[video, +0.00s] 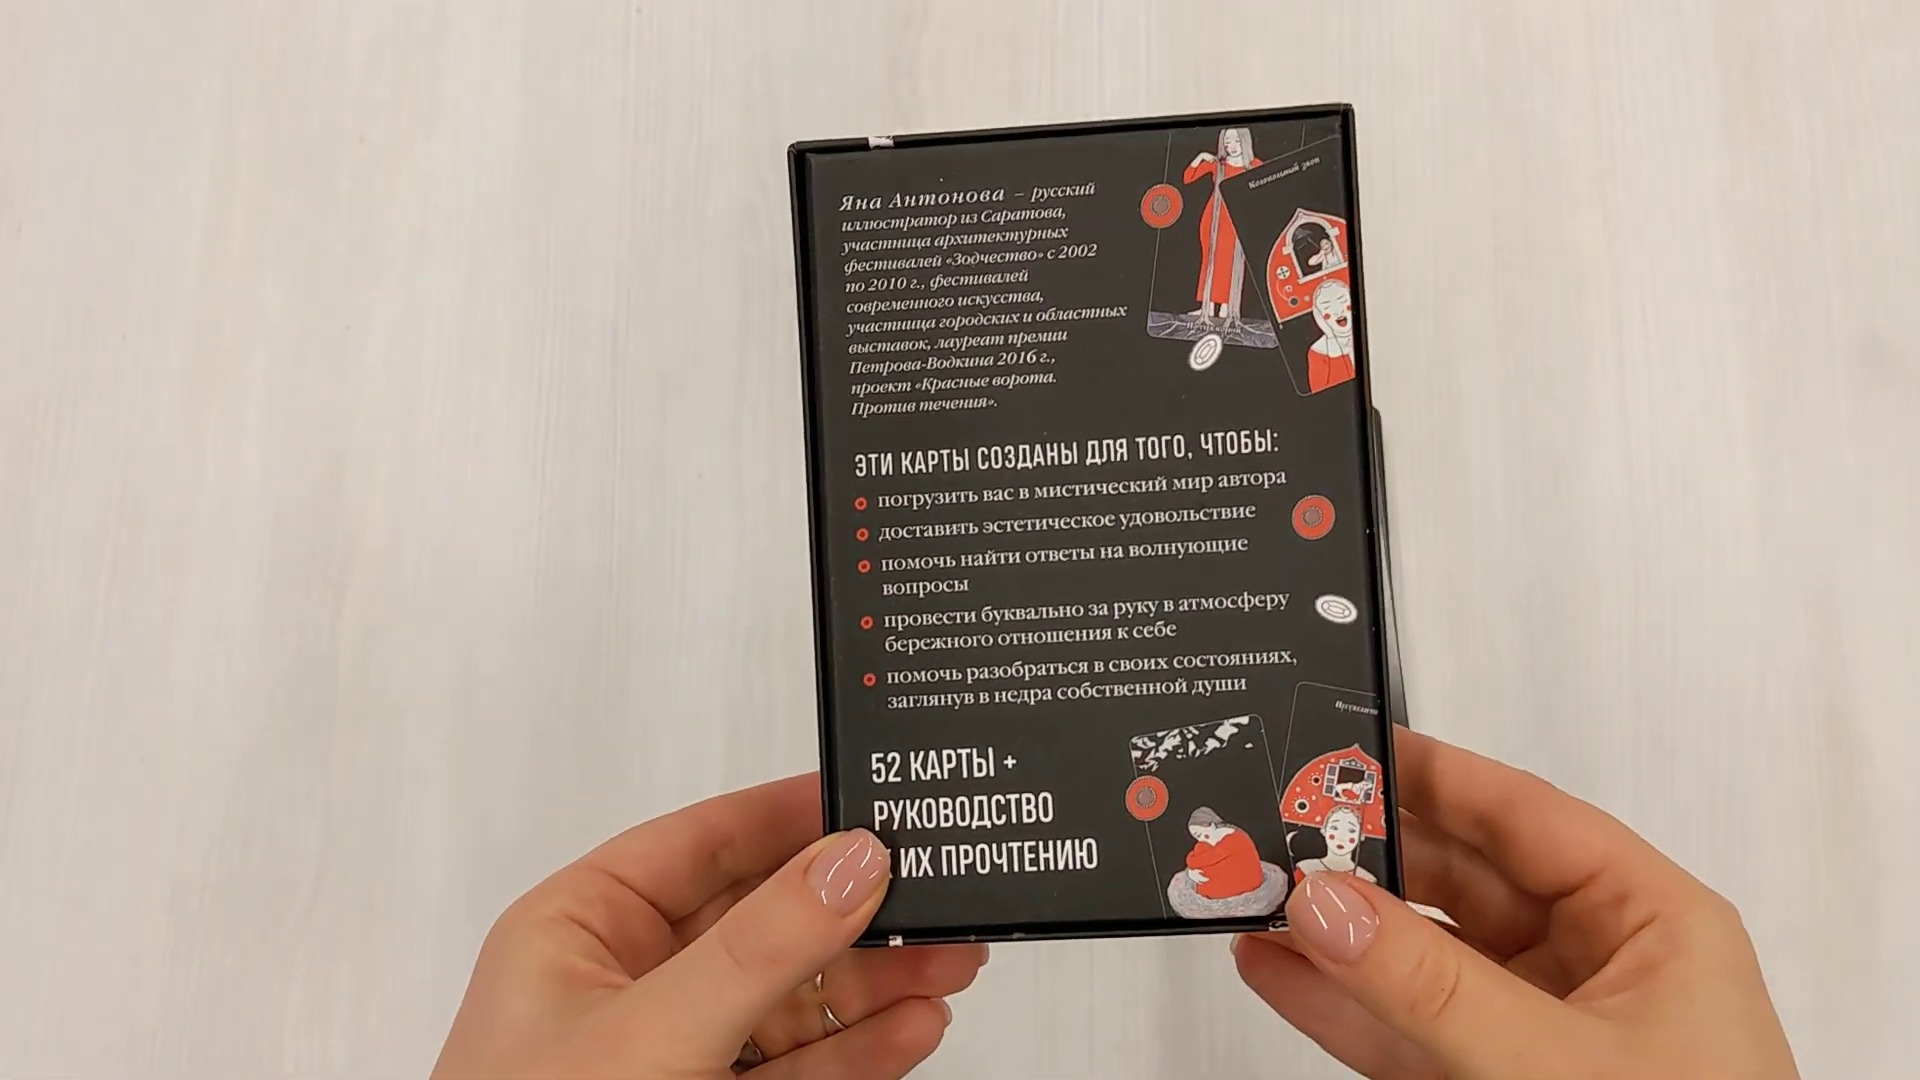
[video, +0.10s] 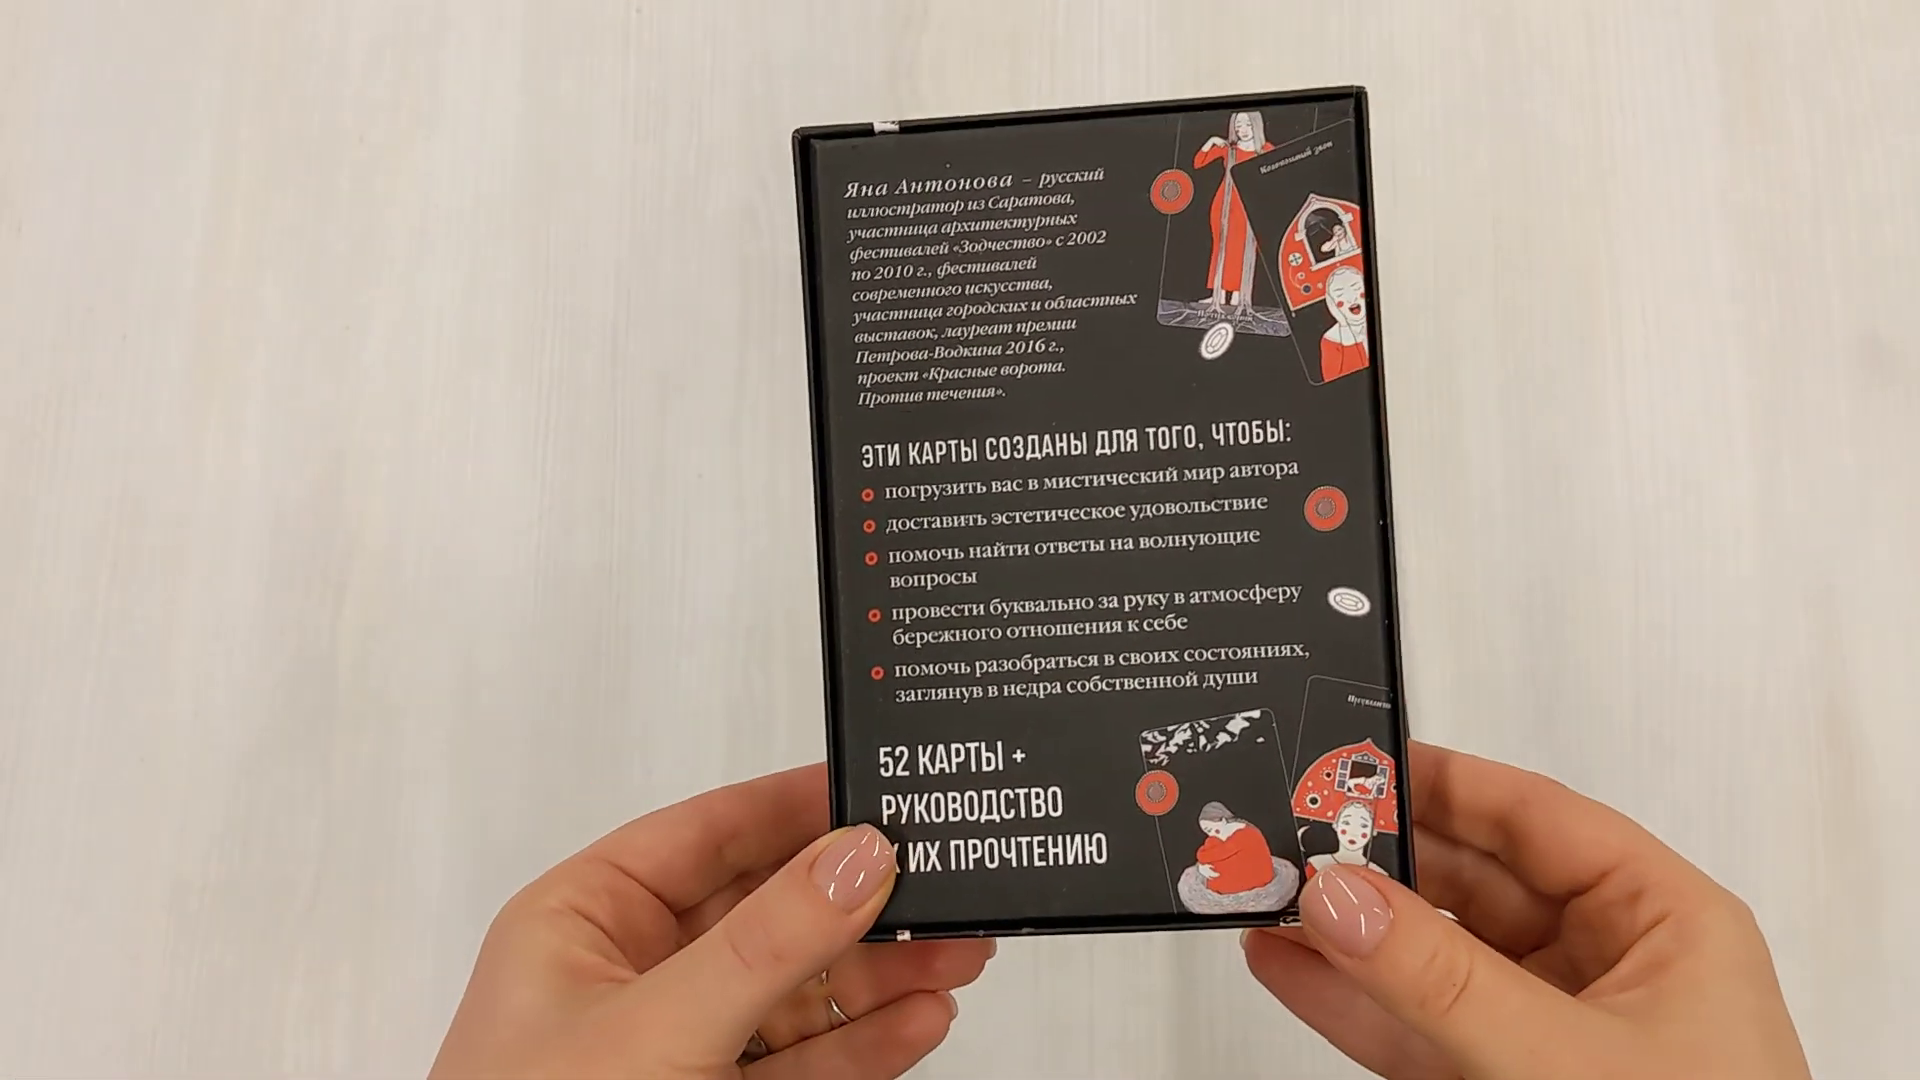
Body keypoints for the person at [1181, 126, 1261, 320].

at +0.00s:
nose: (1232, 146)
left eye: (1235, 141)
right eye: (1227, 142)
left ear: (1244, 142)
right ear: (1223, 145)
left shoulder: (1255, 166)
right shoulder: (1216, 165)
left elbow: (1264, 193)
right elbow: (1187, 179)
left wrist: (1249, 168)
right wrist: (1200, 158)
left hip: (1238, 219)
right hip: (1215, 217)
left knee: (1232, 261)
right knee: (1212, 260)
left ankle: (1227, 308)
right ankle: (1207, 307)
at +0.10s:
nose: (1242, 129)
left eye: (1246, 124)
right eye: (1238, 125)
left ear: (1255, 125)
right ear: (1233, 129)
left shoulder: (1266, 149)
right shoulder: (1227, 149)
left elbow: (1276, 174)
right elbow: (1198, 164)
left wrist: (1261, 152)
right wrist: (1211, 142)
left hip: (1249, 205)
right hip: (1225, 203)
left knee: (1243, 250)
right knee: (1222, 248)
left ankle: (1238, 296)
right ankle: (1218, 295)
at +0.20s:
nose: (1268, 131)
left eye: (1272, 126)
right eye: (1263, 127)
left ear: (1281, 127)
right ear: (1258, 130)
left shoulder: (1291, 152)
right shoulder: (1251, 149)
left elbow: (1301, 179)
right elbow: (1221, 163)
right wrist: (1235, 142)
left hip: (1272, 206)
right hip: (1248, 203)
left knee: (1263, 249)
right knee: (1243, 247)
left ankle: (1258, 296)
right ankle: (1238, 294)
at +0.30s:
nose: (1283, 136)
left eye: (1288, 131)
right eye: (1279, 132)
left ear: (1297, 132)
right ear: (1274, 134)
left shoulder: (1306, 159)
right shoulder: (1267, 154)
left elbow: (1314, 188)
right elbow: (1237, 167)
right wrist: (1250, 146)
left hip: (1286, 213)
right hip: (1261, 209)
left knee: (1276, 255)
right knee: (1257, 252)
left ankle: (1268, 300)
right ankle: (1250, 298)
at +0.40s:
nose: (1289, 137)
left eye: (1293, 133)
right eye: (1284, 133)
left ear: (1302, 134)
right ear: (1279, 136)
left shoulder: (1311, 160)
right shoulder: (1272, 155)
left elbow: (1319, 188)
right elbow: (1242, 167)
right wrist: (1256, 147)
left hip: (1290, 213)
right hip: (1266, 209)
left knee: (1279, 255)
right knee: (1261, 251)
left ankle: (1271, 300)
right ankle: (1253, 297)